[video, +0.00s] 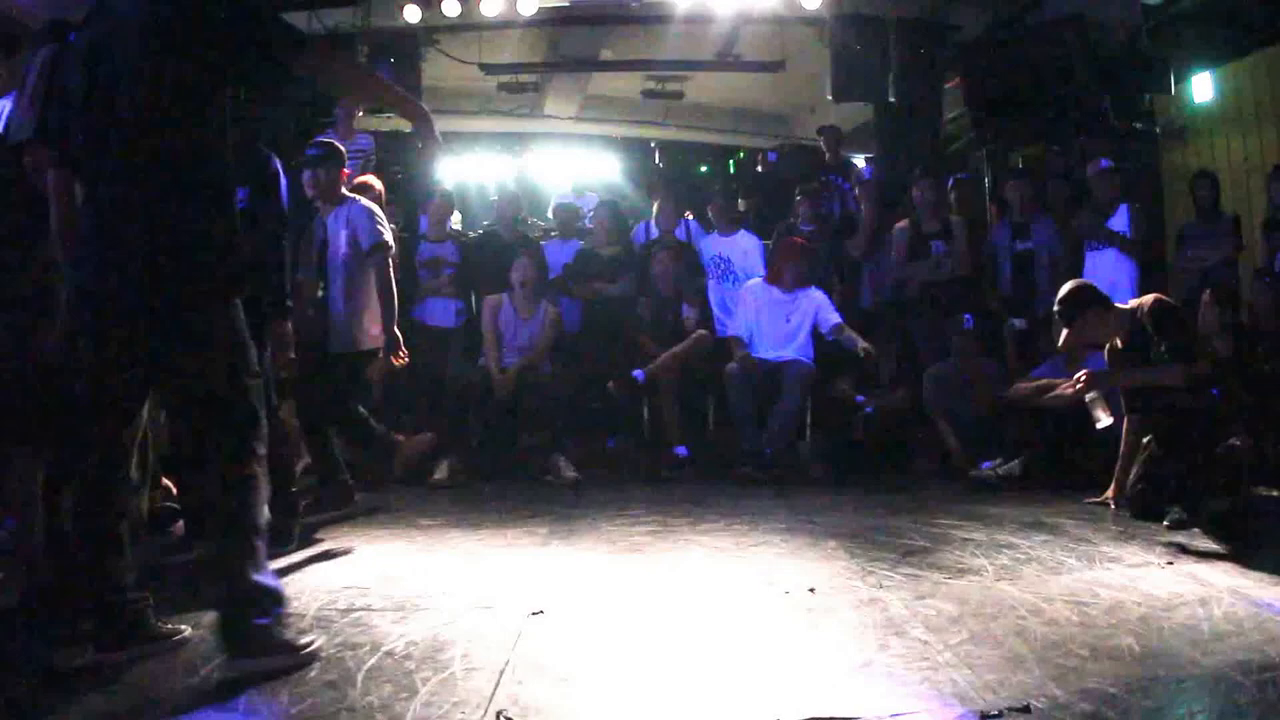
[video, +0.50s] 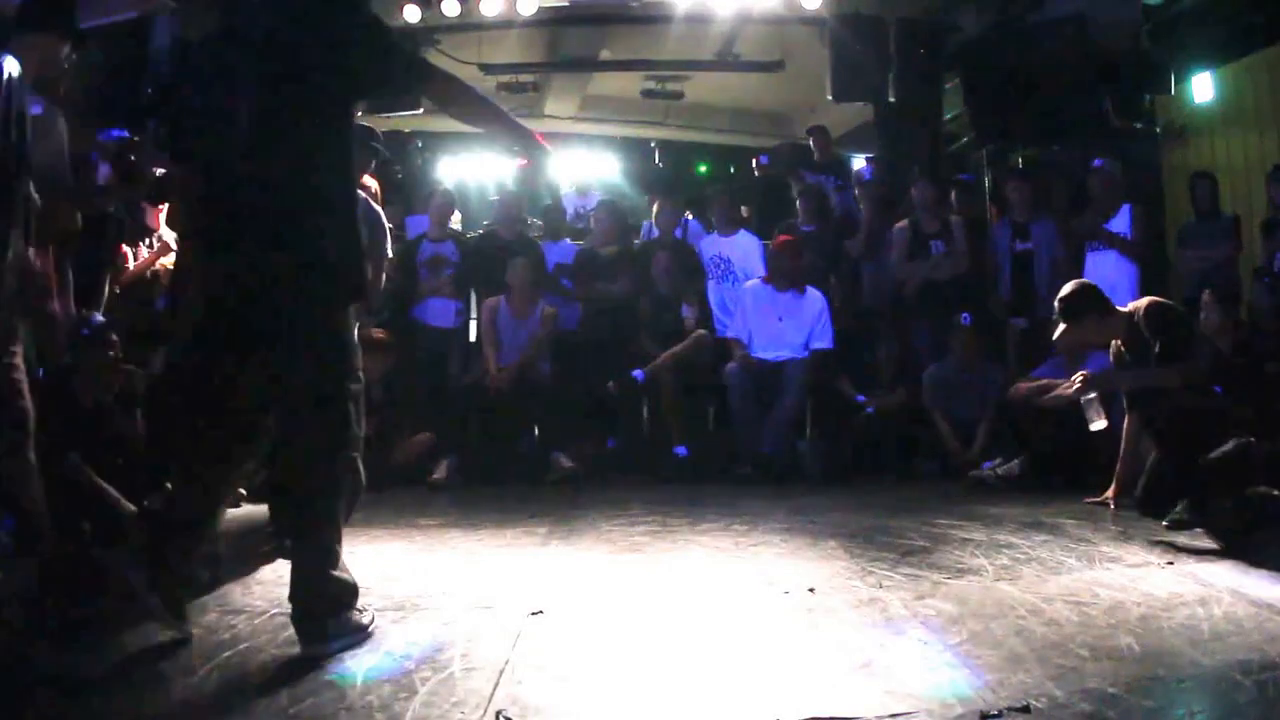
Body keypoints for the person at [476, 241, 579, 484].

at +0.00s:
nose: (522, 275)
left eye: (528, 269)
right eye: (517, 270)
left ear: (538, 276)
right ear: (510, 276)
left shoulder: (549, 312)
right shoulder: (493, 304)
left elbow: (542, 350)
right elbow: (490, 342)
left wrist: (516, 369)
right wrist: (496, 375)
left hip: (531, 370)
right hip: (499, 369)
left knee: (548, 395)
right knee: (474, 390)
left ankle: (557, 456)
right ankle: (455, 458)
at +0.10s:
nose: (521, 275)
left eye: (527, 270)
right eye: (517, 269)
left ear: (537, 277)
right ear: (509, 276)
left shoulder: (549, 312)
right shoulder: (493, 304)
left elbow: (542, 349)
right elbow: (490, 341)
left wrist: (516, 369)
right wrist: (495, 372)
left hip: (530, 366)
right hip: (498, 366)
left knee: (544, 397)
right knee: (470, 389)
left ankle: (556, 456)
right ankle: (453, 457)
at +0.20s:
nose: (520, 275)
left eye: (526, 270)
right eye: (515, 270)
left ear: (537, 276)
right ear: (508, 275)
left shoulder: (548, 312)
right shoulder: (493, 304)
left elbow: (541, 349)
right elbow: (489, 343)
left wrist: (515, 371)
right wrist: (496, 373)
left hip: (531, 368)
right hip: (498, 368)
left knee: (547, 397)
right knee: (464, 390)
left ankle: (556, 456)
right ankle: (452, 457)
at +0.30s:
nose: (520, 277)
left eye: (525, 271)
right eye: (515, 271)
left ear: (536, 276)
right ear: (508, 277)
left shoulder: (547, 311)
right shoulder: (492, 305)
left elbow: (543, 348)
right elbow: (489, 342)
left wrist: (515, 370)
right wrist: (496, 373)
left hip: (531, 370)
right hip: (498, 369)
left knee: (550, 396)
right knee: (468, 392)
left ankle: (557, 455)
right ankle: (453, 457)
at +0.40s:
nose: (520, 276)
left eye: (525, 270)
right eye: (515, 270)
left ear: (535, 275)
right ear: (507, 276)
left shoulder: (547, 311)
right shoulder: (492, 305)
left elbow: (541, 347)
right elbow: (489, 343)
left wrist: (513, 372)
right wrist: (496, 375)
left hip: (531, 371)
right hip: (498, 370)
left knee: (548, 395)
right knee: (466, 392)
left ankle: (557, 454)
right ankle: (452, 457)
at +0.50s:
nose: (519, 276)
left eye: (524, 271)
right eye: (515, 270)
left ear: (534, 277)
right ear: (508, 276)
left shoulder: (546, 312)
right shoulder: (491, 307)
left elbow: (538, 347)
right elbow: (488, 342)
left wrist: (513, 371)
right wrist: (493, 371)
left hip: (532, 375)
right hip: (499, 375)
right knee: (469, 393)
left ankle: (554, 453)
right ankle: (453, 457)